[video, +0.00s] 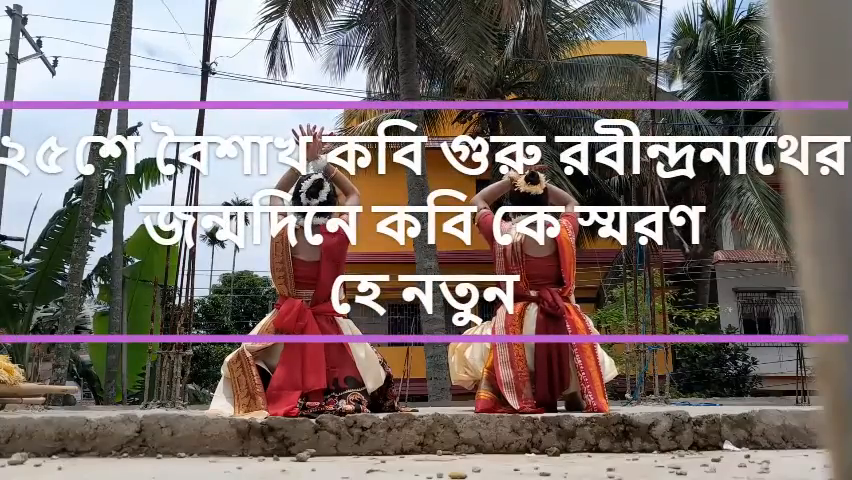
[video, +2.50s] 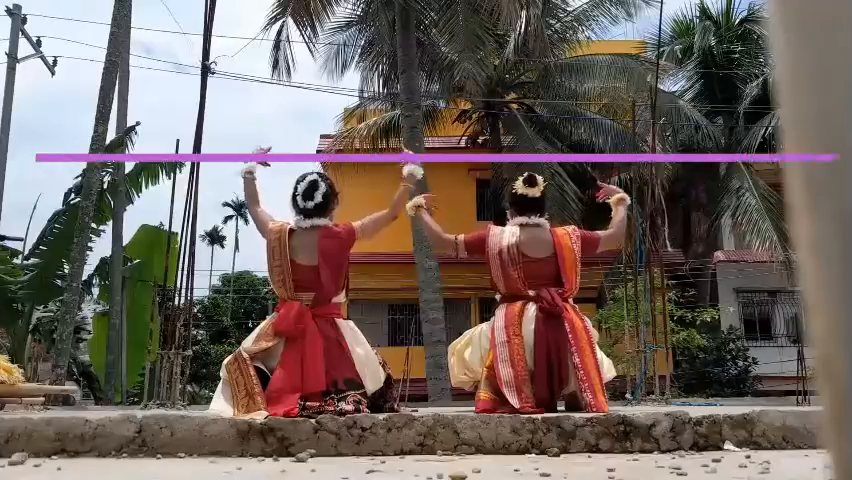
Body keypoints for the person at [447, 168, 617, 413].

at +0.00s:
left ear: (511, 211)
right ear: (544, 207)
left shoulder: (503, 234)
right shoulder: (562, 233)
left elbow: (479, 200)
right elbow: (570, 202)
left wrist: (507, 182)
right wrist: (542, 185)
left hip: (518, 319)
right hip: (561, 318)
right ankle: (574, 394)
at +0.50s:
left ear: (511, 209)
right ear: (544, 206)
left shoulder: (503, 233)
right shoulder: (563, 232)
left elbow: (480, 200)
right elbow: (569, 202)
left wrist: (507, 182)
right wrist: (542, 185)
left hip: (518, 318)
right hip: (562, 317)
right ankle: (574, 394)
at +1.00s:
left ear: (510, 206)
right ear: (544, 204)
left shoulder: (502, 233)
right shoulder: (562, 231)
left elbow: (479, 197)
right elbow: (566, 200)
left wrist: (505, 171)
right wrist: (540, 176)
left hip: (517, 320)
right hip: (562, 319)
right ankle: (575, 395)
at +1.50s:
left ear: (509, 203)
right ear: (546, 200)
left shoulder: (500, 233)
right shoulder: (562, 229)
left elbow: (469, 202)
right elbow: (582, 201)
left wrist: (490, 173)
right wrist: (551, 175)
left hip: (513, 321)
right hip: (559, 320)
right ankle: (575, 395)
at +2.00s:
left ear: (511, 207)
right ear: (544, 207)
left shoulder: (495, 236)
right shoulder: (566, 235)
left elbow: (444, 233)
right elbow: (610, 226)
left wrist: (441, 197)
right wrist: (596, 196)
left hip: (512, 323)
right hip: (561, 321)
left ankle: (490, 393)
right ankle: (575, 394)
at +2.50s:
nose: (507, 216)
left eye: (507, 210)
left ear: (510, 211)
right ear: (545, 210)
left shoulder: (495, 237)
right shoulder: (568, 238)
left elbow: (444, 244)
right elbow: (615, 238)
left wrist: (420, 213)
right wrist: (620, 203)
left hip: (513, 325)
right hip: (562, 324)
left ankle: (506, 394)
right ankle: (575, 394)